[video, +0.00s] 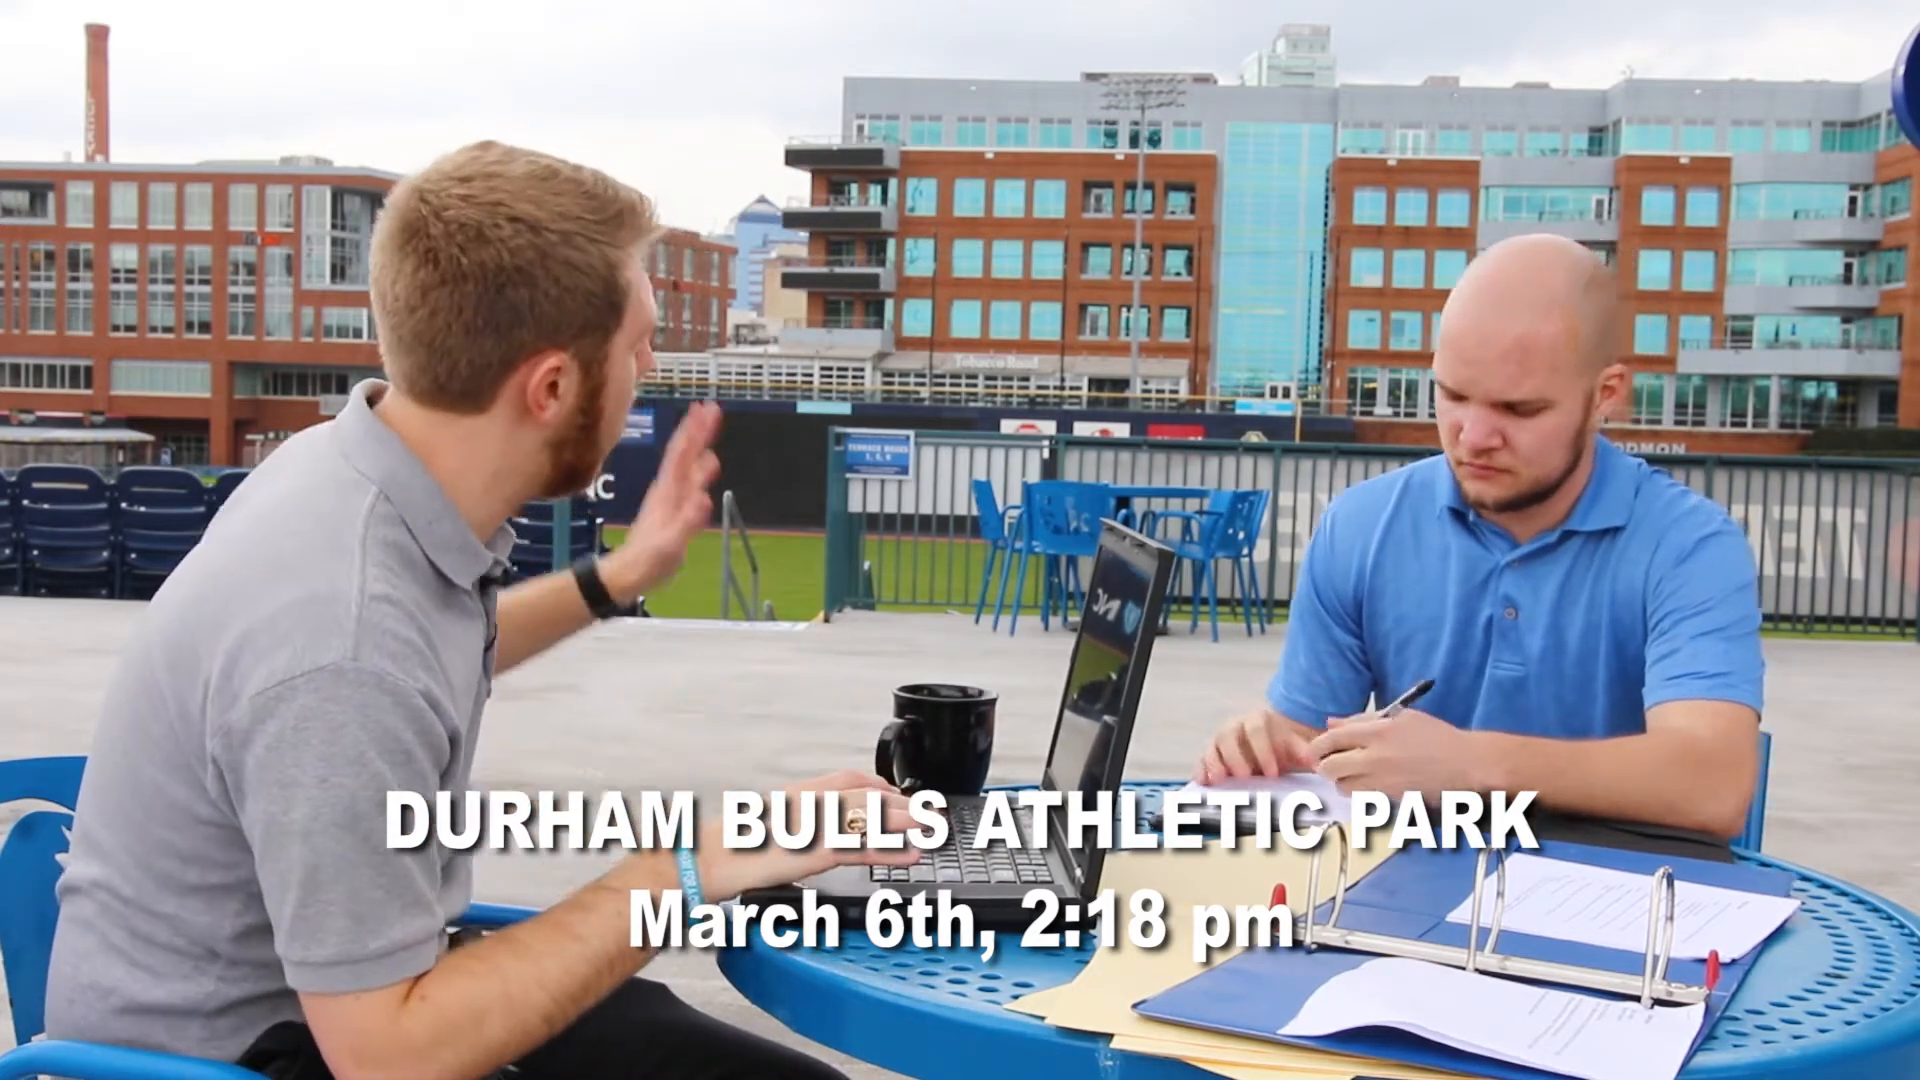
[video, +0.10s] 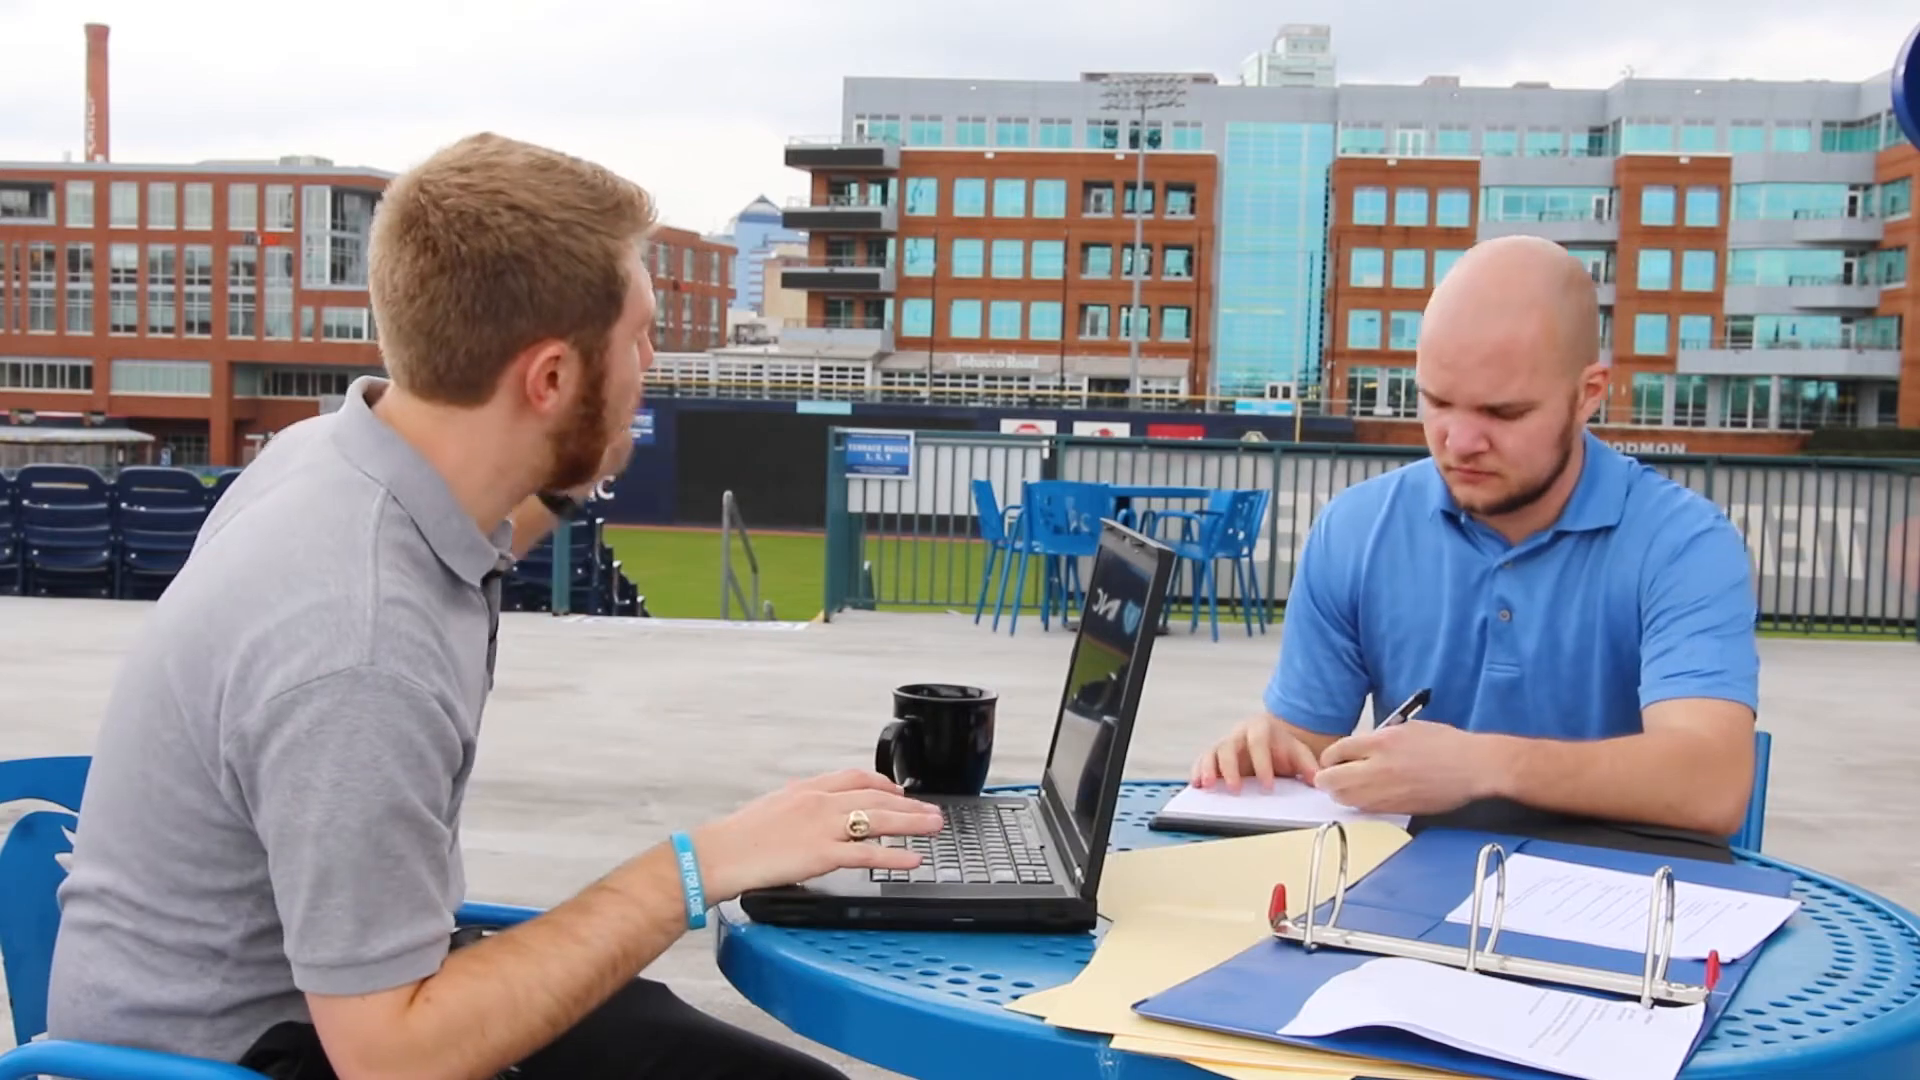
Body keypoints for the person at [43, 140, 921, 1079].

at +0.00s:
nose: (647, 366)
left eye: (644, 335)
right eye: (638, 341)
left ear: (416, 340)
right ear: (549, 387)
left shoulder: (341, 469)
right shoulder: (339, 653)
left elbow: (419, 662)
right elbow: (387, 1047)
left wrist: (619, 575)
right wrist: (685, 870)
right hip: (213, 1048)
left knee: (634, 1000)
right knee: (795, 1069)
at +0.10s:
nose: (651, 363)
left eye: (647, 329)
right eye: (640, 333)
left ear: (419, 338)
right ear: (546, 377)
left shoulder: (329, 460)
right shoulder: (354, 649)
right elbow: (392, 1049)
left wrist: (564, 487)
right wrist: (708, 863)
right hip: (213, 1054)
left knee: (628, 1009)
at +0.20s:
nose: (658, 365)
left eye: (652, 329)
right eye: (642, 334)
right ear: (539, 371)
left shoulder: (327, 455)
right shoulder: (361, 642)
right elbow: (394, 1047)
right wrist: (708, 863)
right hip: (211, 1053)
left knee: (621, 1007)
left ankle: (820, 1068)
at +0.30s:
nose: (664, 372)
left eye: (660, 335)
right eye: (648, 340)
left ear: (528, 360)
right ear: (539, 368)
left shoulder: (323, 452)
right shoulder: (369, 640)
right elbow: (397, 1047)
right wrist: (709, 863)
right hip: (214, 1052)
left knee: (627, 1009)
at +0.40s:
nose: (663, 377)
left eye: (661, 339)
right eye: (648, 343)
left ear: (531, 357)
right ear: (540, 365)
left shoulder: (320, 452)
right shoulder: (368, 633)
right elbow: (397, 1040)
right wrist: (709, 861)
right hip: (215, 1048)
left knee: (615, 1000)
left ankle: (817, 1065)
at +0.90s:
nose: (652, 357)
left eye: (645, 320)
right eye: (631, 324)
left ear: (526, 352)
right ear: (527, 356)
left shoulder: (332, 461)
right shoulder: (362, 614)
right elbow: (387, 1036)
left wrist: (393, 942)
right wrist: (711, 860)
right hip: (209, 1052)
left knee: (615, 1002)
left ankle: (816, 1068)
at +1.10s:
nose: (606, 391)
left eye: (623, 361)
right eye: (608, 366)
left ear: (405, 325)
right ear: (543, 373)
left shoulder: (340, 463)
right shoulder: (349, 620)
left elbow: (485, 501)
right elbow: (387, 1038)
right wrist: (713, 859)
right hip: (211, 1050)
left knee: (625, 1007)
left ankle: (811, 1070)